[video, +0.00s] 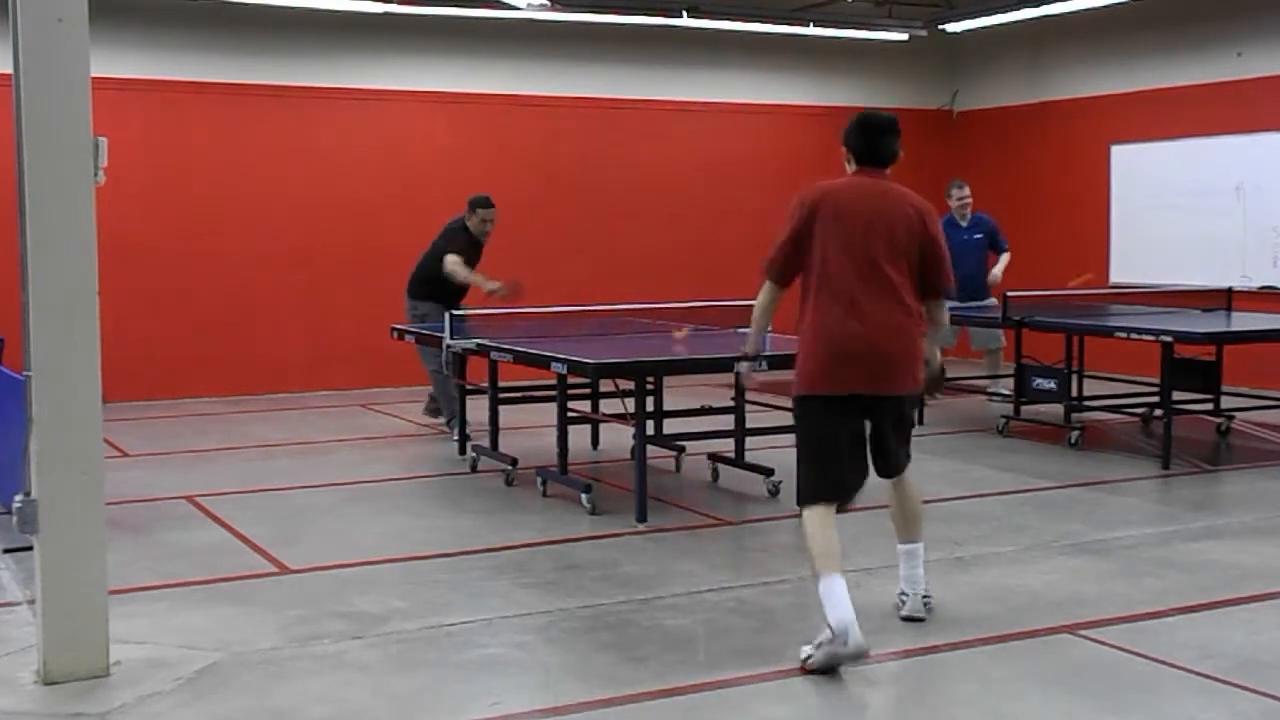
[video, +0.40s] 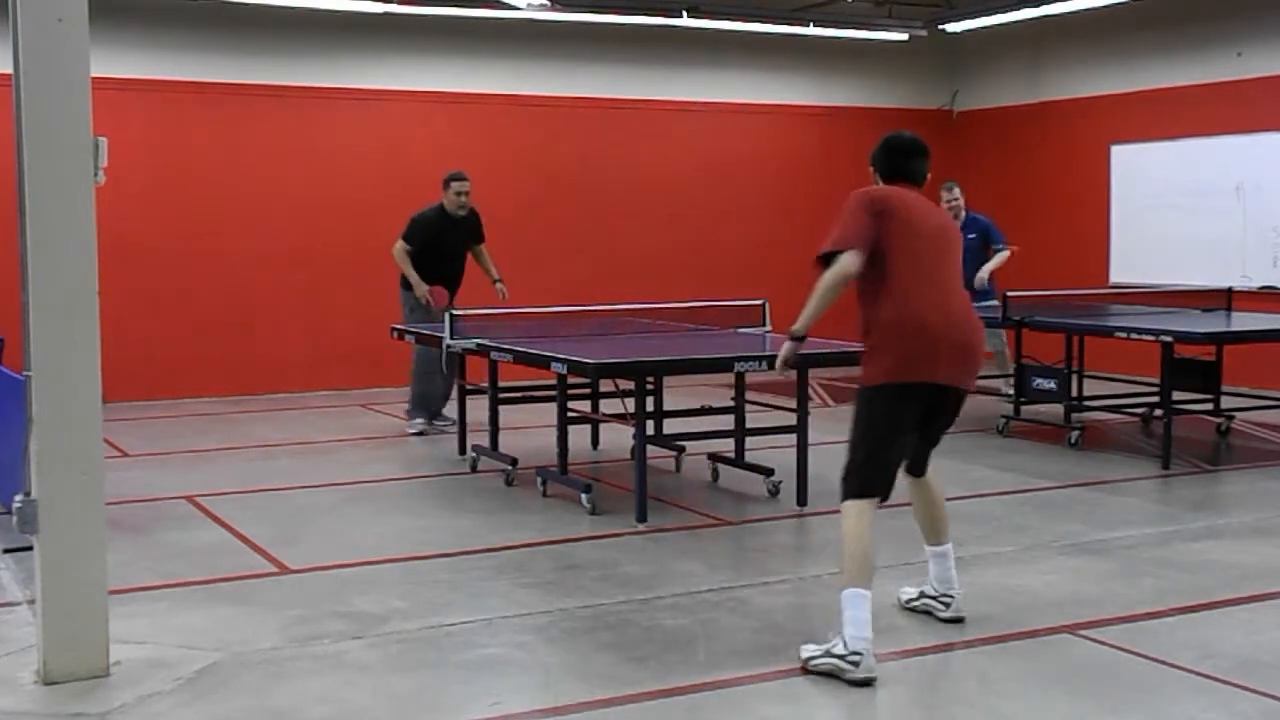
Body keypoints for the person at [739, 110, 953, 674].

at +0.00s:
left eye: (844, 148)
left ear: (847, 154)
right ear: (897, 156)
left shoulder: (817, 201)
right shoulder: (918, 211)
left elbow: (775, 280)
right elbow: (937, 301)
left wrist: (752, 344)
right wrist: (935, 352)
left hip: (824, 365)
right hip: (895, 365)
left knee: (817, 498)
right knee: (898, 472)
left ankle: (841, 625)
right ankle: (914, 593)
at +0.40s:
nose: (868, 179)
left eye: (869, 170)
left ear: (876, 171)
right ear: (924, 176)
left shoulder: (872, 199)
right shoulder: (945, 220)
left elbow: (848, 264)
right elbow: (949, 292)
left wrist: (795, 334)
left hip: (899, 358)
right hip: (960, 357)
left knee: (860, 495)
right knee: (918, 467)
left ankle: (855, 645)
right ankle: (944, 591)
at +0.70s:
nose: (890, 170)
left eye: (890, 163)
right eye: (892, 163)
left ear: (898, 163)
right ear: (940, 161)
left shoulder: (915, 186)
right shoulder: (956, 201)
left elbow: (932, 251)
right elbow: (904, 264)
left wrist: (874, 334)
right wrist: (838, 278)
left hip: (957, 352)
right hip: (994, 352)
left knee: (922, 489)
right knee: (932, 477)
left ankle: (971, 634)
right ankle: (940, 584)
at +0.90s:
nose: (916, 177)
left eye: (915, 169)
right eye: (916, 170)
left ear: (925, 170)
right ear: (971, 167)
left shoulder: (941, 208)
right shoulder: (997, 215)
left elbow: (944, 294)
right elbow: (985, 296)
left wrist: (887, 365)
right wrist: (907, 317)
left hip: (978, 382)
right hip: (1018, 375)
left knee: (971, 523)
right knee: (936, 452)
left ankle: (1099, 640)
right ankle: (942, 589)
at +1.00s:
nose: (920, 184)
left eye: (922, 177)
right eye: (922, 176)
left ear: (931, 180)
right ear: (978, 178)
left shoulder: (942, 225)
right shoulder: (1006, 224)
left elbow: (936, 317)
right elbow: (1019, 312)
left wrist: (888, 389)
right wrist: (961, 381)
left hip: (985, 391)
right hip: (1032, 383)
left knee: (981, 541)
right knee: (952, 449)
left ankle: (1107, 650)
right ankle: (949, 586)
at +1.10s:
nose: (927, 183)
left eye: (928, 175)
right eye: (928, 175)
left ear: (938, 178)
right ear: (985, 177)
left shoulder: (943, 227)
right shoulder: (1014, 227)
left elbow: (929, 323)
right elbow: (1022, 310)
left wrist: (891, 391)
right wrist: (951, 365)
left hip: (977, 392)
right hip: (1028, 384)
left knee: (985, 542)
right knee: (978, 473)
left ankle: (1106, 648)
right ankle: (978, 585)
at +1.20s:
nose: (930, 168)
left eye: (932, 160)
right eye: (933, 159)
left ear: (942, 167)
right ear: (989, 169)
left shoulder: (936, 217)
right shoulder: (1015, 220)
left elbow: (927, 307)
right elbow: (1029, 304)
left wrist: (893, 386)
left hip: (962, 390)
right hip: (1015, 387)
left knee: (947, 529)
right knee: (972, 484)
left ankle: (1060, 615)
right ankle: (991, 592)